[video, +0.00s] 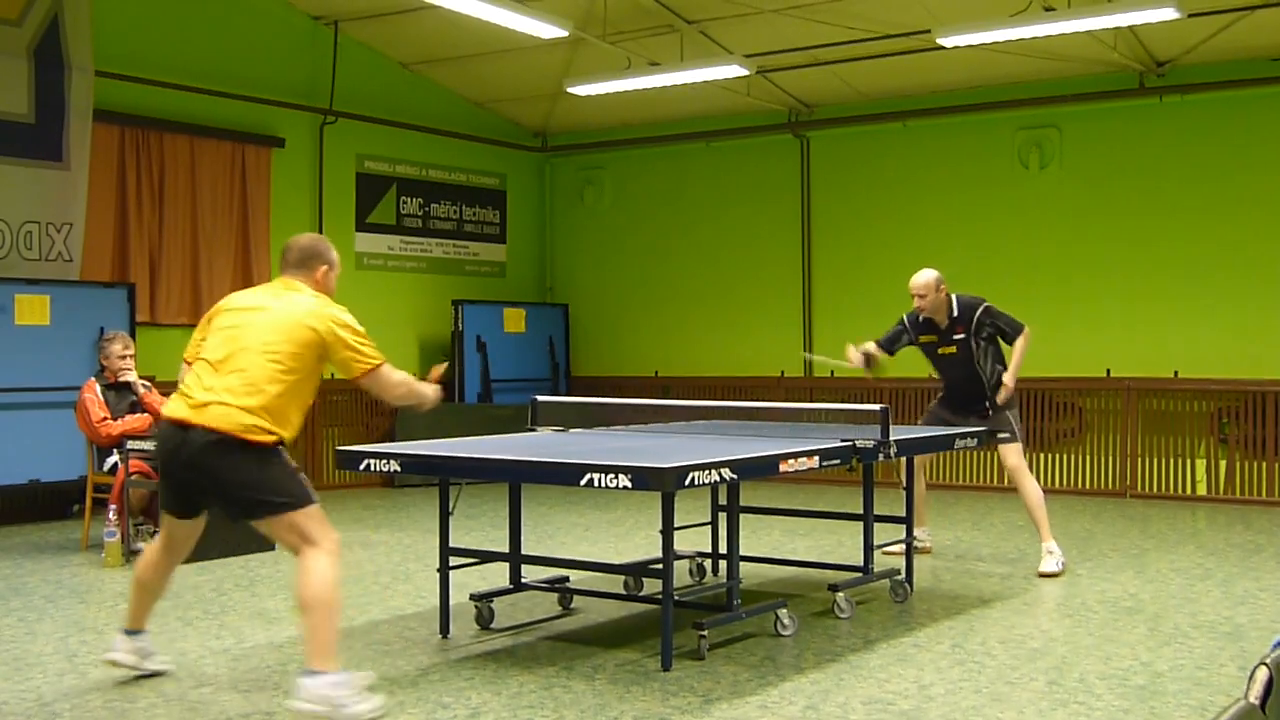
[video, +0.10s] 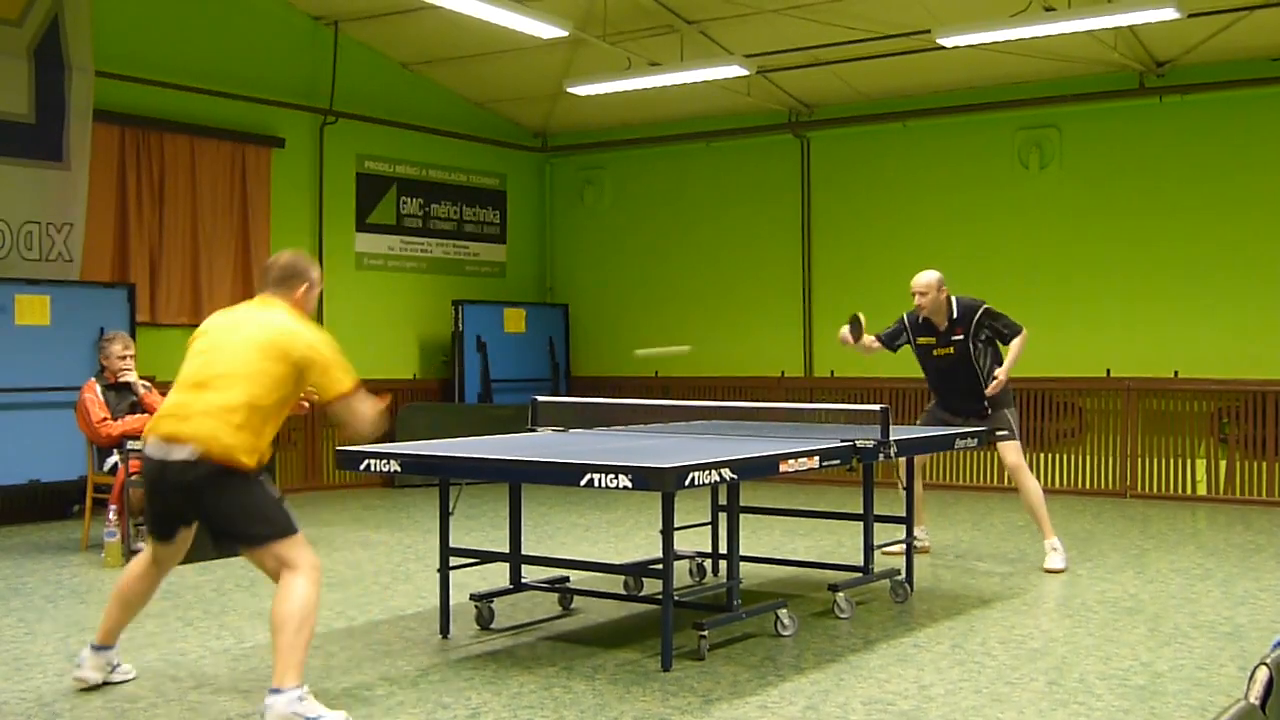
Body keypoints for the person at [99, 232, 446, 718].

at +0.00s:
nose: (335, 284)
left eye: (335, 276)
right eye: (335, 276)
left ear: (286, 268)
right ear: (323, 273)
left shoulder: (232, 301)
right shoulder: (325, 315)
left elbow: (189, 370)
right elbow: (390, 386)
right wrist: (428, 393)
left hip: (177, 436)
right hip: (239, 445)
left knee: (171, 539)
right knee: (318, 544)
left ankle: (130, 638)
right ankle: (322, 675)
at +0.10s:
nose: (317, 300)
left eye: (317, 291)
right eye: (317, 291)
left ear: (266, 285)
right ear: (305, 289)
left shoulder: (218, 319)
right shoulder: (303, 334)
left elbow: (209, 384)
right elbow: (361, 422)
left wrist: (286, 400)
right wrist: (374, 408)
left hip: (160, 459)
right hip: (217, 466)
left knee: (159, 553)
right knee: (298, 566)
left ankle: (98, 655)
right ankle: (287, 693)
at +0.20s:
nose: (293, 315)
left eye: (292, 307)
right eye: (292, 307)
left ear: (243, 302)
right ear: (279, 306)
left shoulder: (190, 338)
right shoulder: (279, 349)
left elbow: (167, 403)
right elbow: (329, 437)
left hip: (145, 476)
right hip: (213, 481)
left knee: (156, 557)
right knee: (303, 573)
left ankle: (94, 659)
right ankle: (287, 694)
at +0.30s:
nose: (251, 317)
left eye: (251, 311)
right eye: (250, 310)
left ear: (196, 305)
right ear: (237, 308)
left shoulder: (149, 346)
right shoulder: (251, 351)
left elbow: (146, 414)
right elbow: (305, 428)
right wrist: (267, 453)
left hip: (134, 499)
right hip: (207, 499)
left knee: (127, 552)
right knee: (295, 577)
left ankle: (89, 659)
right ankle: (286, 694)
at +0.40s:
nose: (226, 317)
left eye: (223, 311)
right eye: (225, 311)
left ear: (173, 310)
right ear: (215, 311)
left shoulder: (128, 344)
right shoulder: (236, 346)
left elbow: (89, 391)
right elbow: (309, 386)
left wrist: (138, 404)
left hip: (121, 491)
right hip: (192, 493)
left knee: (113, 551)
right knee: (278, 576)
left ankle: (88, 660)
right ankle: (284, 693)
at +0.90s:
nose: (243, 266)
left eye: (243, 258)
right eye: (242, 258)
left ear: (190, 255)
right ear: (228, 256)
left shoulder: (136, 300)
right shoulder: (236, 297)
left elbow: (108, 372)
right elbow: (308, 363)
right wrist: (336, 381)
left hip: (114, 440)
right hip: (179, 437)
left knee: (131, 549)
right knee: (260, 540)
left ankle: (92, 663)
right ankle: (280, 671)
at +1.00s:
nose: (259, 276)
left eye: (258, 267)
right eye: (256, 267)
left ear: (203, 266)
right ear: (240, 268)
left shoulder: (153, 307)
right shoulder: (245, 308)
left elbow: (145, 372)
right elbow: (315, 380)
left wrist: (227, 377)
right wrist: (332, 404)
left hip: (120, 446)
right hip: (186, 449)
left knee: (147, 549)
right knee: (260, 559)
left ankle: (95, 666)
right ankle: (278, 691)